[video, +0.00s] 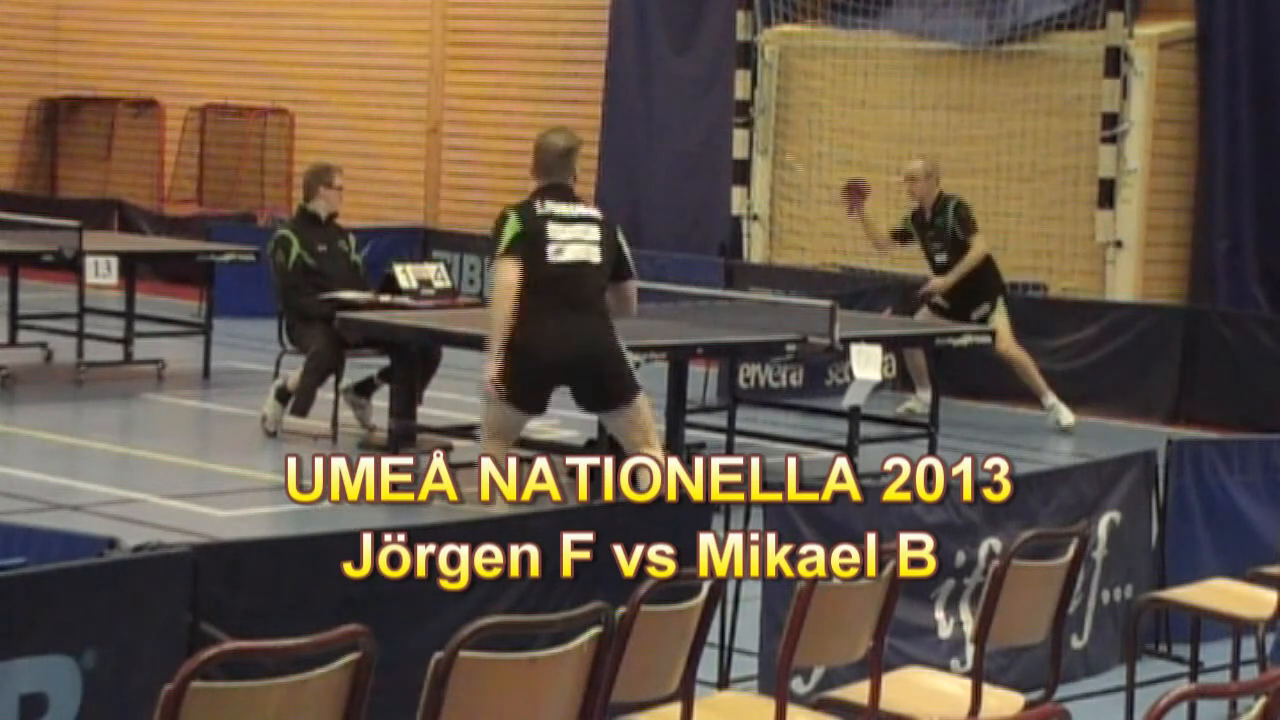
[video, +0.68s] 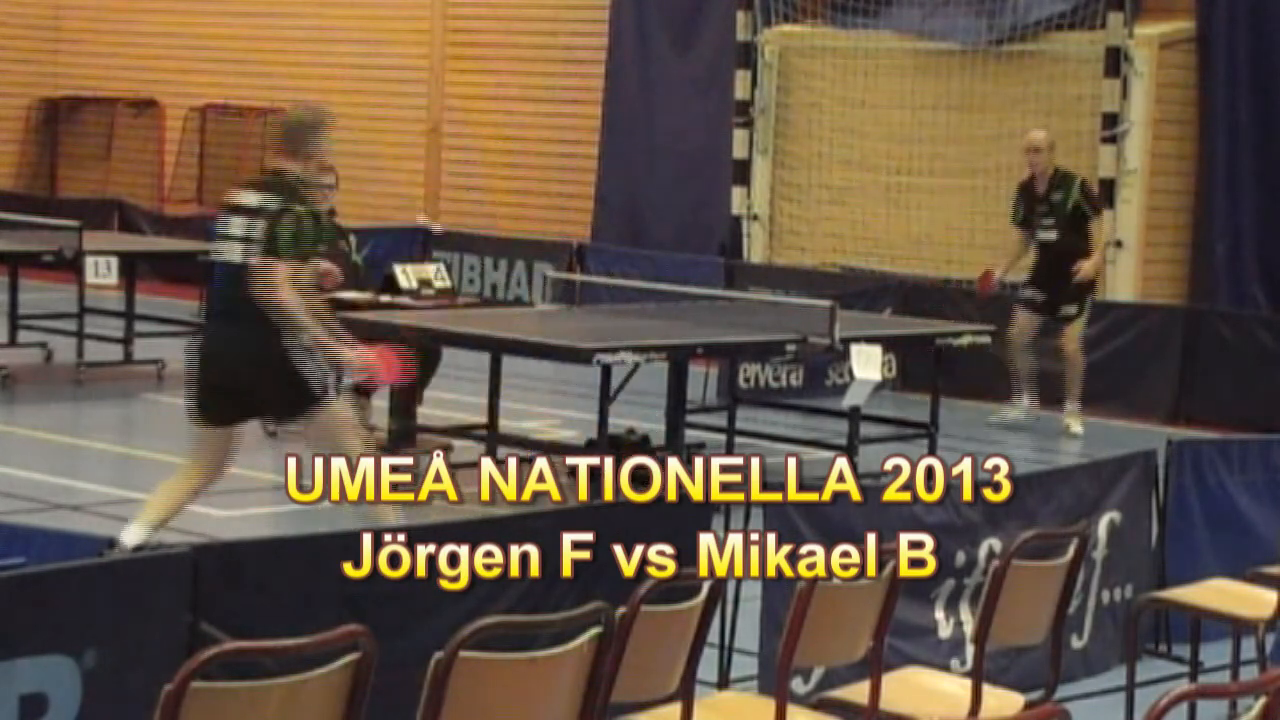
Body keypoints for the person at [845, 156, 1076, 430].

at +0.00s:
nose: (910, 186)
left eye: (915, 180)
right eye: (907, 181)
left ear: (934, 181)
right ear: (908, 185)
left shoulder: (955, 209)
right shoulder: (917, 219)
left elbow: (979, 248)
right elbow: (883, 243)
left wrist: (946, 280)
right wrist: (862, 216)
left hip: (985, 292)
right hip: (951, 295)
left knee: (1004, 346)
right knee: (908, 333)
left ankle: (1052, 403)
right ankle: (924, 398)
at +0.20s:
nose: (932, 169)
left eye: (938, 163)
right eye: (929, 163)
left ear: (954, 165)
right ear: (927, 167)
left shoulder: (976, 193)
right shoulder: (931, 199)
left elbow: (1003, 235)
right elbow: (901, 230)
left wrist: (981, 269)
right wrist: (875, 211)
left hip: (998, 273)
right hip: (963, 275)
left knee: (1017, 334)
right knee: (927, 331)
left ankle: (1051, 400)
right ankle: (925, 395)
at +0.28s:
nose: (950, 175)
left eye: (956, 168)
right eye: (946, 169)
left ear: (971, 169)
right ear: (942, 171)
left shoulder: (990, 202)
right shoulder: (940, 203)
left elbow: (1015, 246)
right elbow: (920, 243)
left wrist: (996, 280)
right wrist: (889, 239)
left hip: (1002, 281)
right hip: (965, 281)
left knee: (1023, 338)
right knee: (932, 334)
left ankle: (1056, 404)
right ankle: (930, 397)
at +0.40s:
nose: (981, 185)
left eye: (988, 180)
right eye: (978, 179)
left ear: (1000, 183)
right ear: (973, 182)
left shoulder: (1019, 216)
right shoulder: (965, 214)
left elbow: (1040, 262)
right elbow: (951, 255)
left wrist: (1028, 294)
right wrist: (930, 274)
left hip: (1018, 293)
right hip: (978, 292)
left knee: (1036, 345)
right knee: (944, 335)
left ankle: (1059, 410)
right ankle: (934, 399)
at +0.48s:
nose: (1001, 183)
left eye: (1007, 176)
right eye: (997, 176)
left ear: (1020, 177)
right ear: (992, 178)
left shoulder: (1041, 212)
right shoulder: (985, 211)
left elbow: (1060, 257)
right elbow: (976, 257)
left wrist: (1053, 289)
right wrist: (959, 282)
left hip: (1037, 289)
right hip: (998, 287)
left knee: (1053, 347)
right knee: (963, 341)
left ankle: (1063, 411)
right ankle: (940, 399)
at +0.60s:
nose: (1023, 167)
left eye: (1029, 162)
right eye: (1019, 162)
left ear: (1043, 164)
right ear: (1015, 164)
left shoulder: (1065, 195)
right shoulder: (1012, 200)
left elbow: (1089, 234)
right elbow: (1010, 245)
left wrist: (1080, 272)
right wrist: (989, 276)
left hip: (1060, 278)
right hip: (1026, 276)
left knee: (1061, 348)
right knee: (999, 334)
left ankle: (1065, 413)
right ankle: (984, 397)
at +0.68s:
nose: (1031, 158)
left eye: (1037, 151)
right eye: (1028, 152)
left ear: (1051, 153)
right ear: (1023, 156)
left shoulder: (1076, 187)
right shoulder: (1026, 191)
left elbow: (1099, 224)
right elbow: (1023, 238)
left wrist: (1095, 260)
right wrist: (1000, 269)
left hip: (1076, 268)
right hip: (1044, 266)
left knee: (1070, 343)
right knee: (1018, 333)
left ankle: (1072, 411)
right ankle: (1025, 403)